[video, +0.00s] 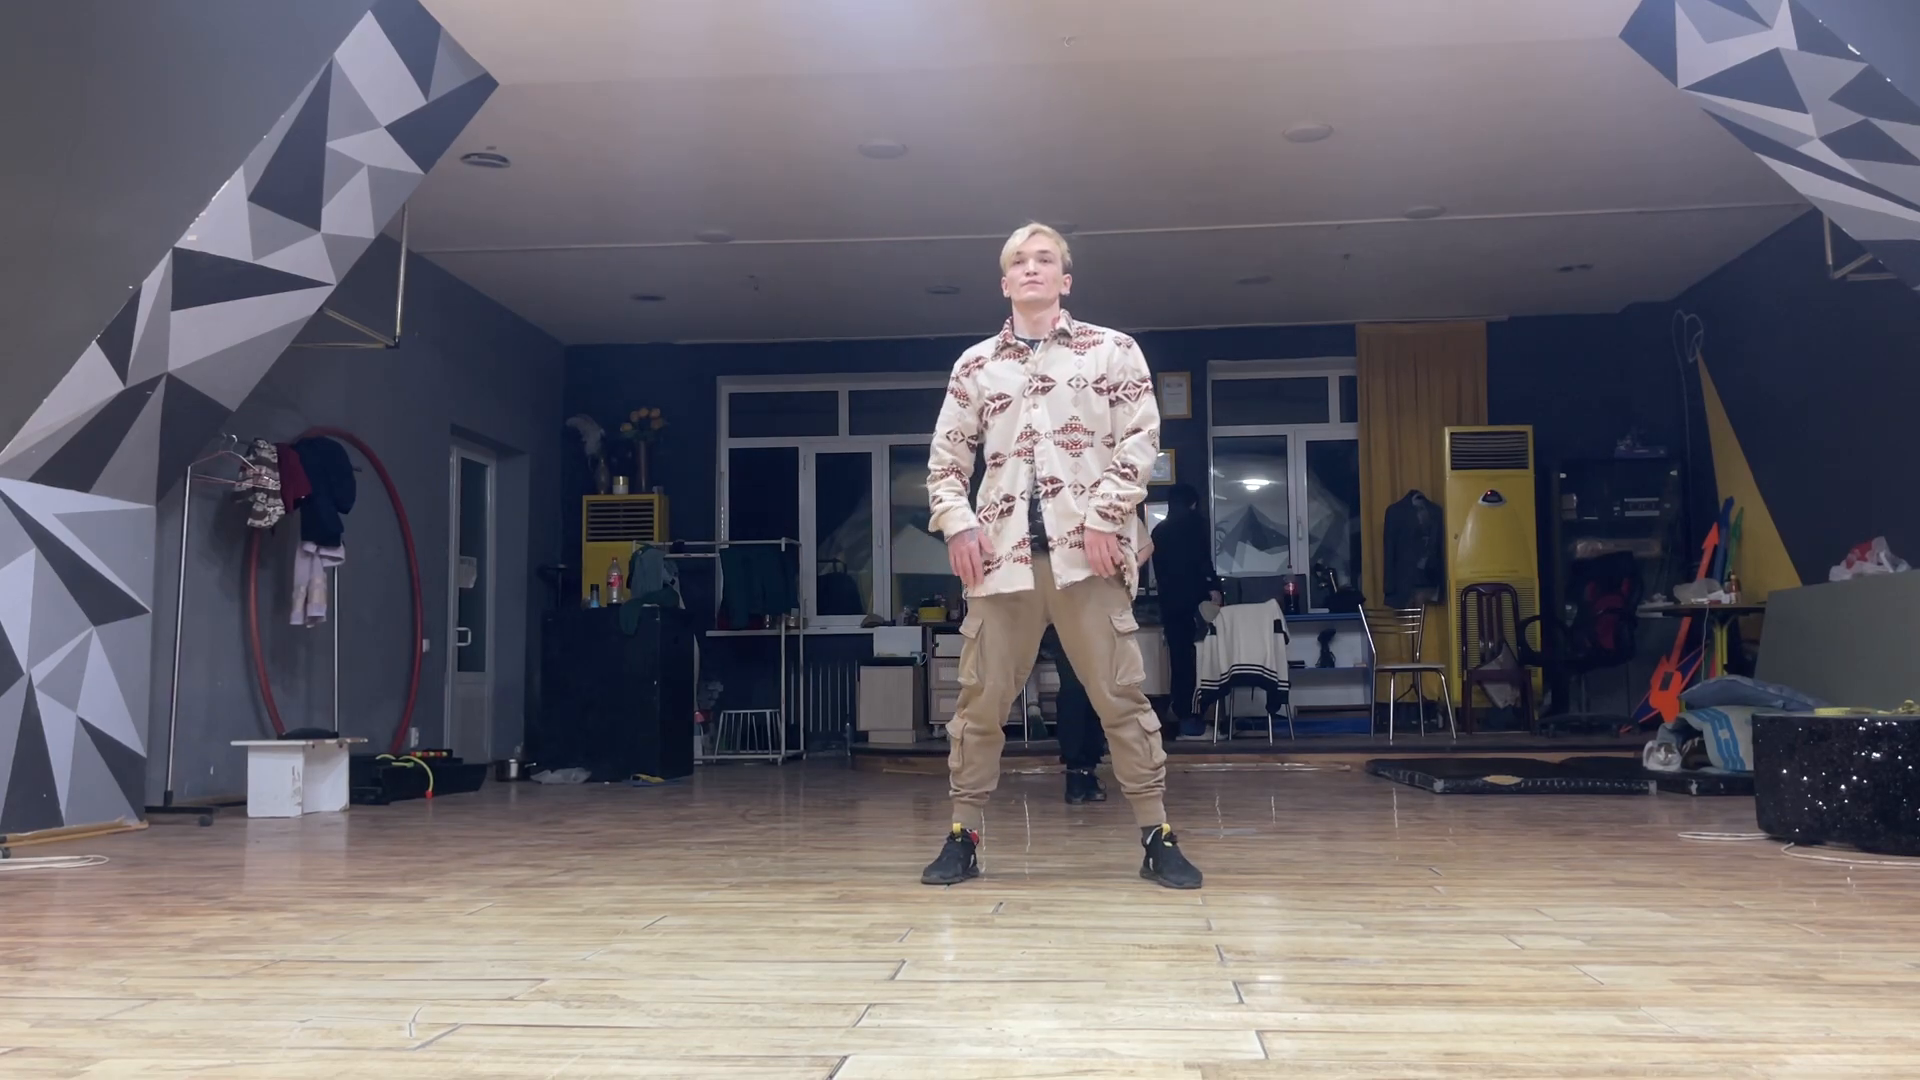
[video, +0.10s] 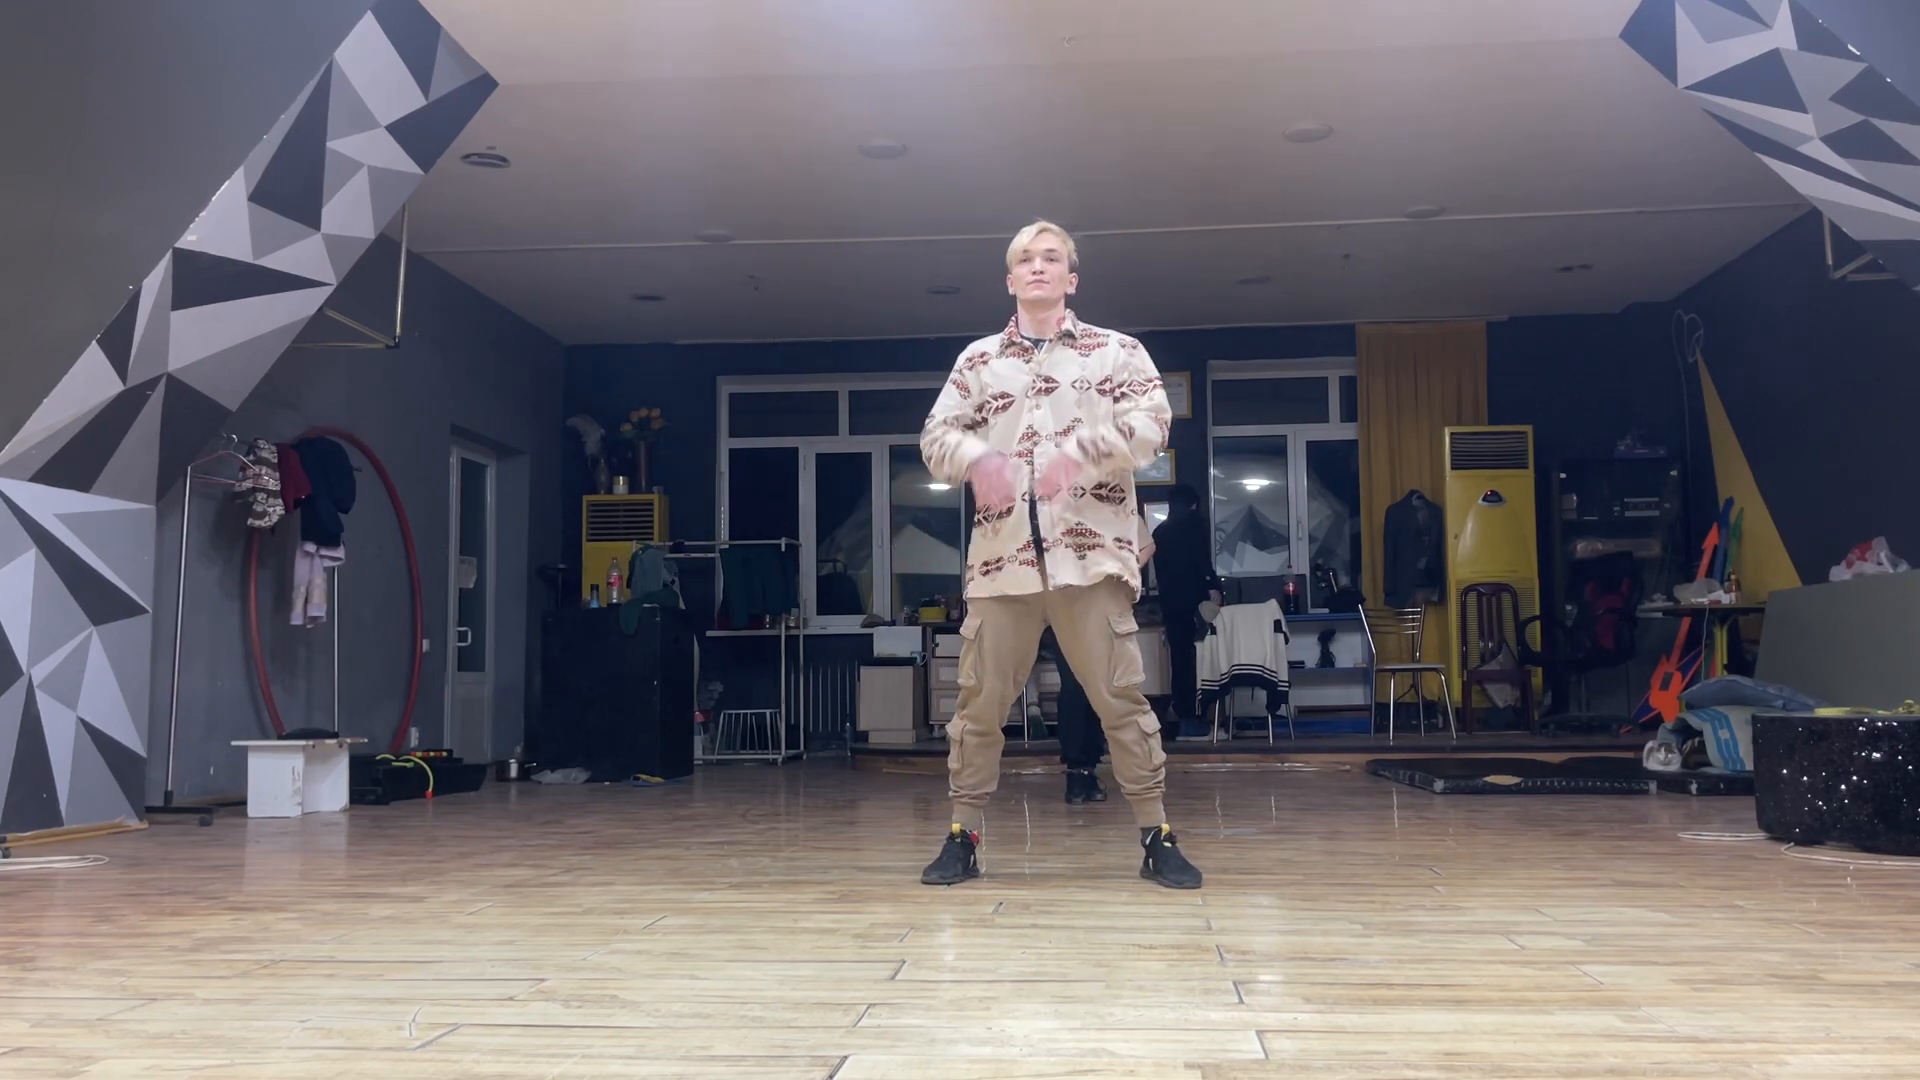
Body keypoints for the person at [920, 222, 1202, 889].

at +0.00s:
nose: (1031, 268)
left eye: (1043, 259)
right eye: (1020, 260)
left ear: (1066, 277)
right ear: (1003, 281)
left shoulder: (1114, 350)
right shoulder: (975, 366)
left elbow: (1141, 441)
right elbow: (947, 460)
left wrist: (1108, 516)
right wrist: (957, 523)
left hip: (1089, 553)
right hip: (1001, 559)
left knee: (1121, 696)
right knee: (980, 701)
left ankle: (1157, 835)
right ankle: (963, 836)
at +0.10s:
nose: (1038, 267)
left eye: (1050, 258)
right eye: (1026, 260)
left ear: (1072, 278)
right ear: (1008, 280)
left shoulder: (1116, 351)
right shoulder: (977, 361)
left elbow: (1150, 427)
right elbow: (937, 437)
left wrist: (1081, 452)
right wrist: (977, 458)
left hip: (1092, 553)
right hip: (1002, 557)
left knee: (1120, 695)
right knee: (981, 700)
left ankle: (1157, 836)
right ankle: (962, 837)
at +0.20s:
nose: (1043, 262)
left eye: (1056, 253)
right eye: (1031, 253)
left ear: (1076, 271)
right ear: (1013, 271)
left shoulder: (1107, 342)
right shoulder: (983, 346)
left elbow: (1158, 394)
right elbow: (937, 418)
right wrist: (972, 362)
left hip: (1091, 561)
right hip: (998, 563)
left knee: (1122, 701)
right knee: (977, 703)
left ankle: (1155, 836)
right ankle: (962, 837)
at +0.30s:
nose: (1055, 266)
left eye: (1066, 257)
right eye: (1041, 257)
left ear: (1084, 270)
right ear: (1019, 272)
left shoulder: (1116, 335)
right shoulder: (995, 337)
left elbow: (1167, 388)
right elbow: (961, 403)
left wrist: (1129, 325)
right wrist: (1011, 335)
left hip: (1094, 562)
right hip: (1004, 564)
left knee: (1137, 690)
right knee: (977, 710)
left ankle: (1098, 834)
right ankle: (961, 837)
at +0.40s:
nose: (1083, 277)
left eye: (1091, 268)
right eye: (1068, 267)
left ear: (1101, 283)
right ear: (1038, 282)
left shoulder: (1116, 371)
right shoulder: (1003, 363)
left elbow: (1147, 457)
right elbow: (998, 462)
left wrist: (1159, 488)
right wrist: (1089, 490)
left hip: (1104, 571)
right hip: (1023, 573)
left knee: (1113, 709)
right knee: (1017, 717)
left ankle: (1051, 846)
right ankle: (962, 822)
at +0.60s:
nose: (1114, 291)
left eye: (1123, 281)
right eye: (1100, 279)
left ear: (1130, 290)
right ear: (1067, 287)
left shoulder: (1100, 371)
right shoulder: (1041, 351)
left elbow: (1109, 469)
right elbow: (1017, 417)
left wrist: (1170, 486)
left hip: (1096, 560)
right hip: (1044, 549)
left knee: (1144, 698)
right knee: (1076, 676)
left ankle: (1061, 839)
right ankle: (973, 831)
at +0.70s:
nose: (1123, 316)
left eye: (1129, 304)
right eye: (1109, 304)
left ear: (1132, 307)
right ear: (1067, 309)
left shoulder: (1103, 375)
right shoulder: (1050, 357)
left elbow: (1116, 378)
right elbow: (1020, 316)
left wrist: (1151, 367)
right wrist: (1095, 253)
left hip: (1085, 580)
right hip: (1054, 573)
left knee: (1139, 711)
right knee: (1085, 716)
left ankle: (1063, 841)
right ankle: (962, 853)